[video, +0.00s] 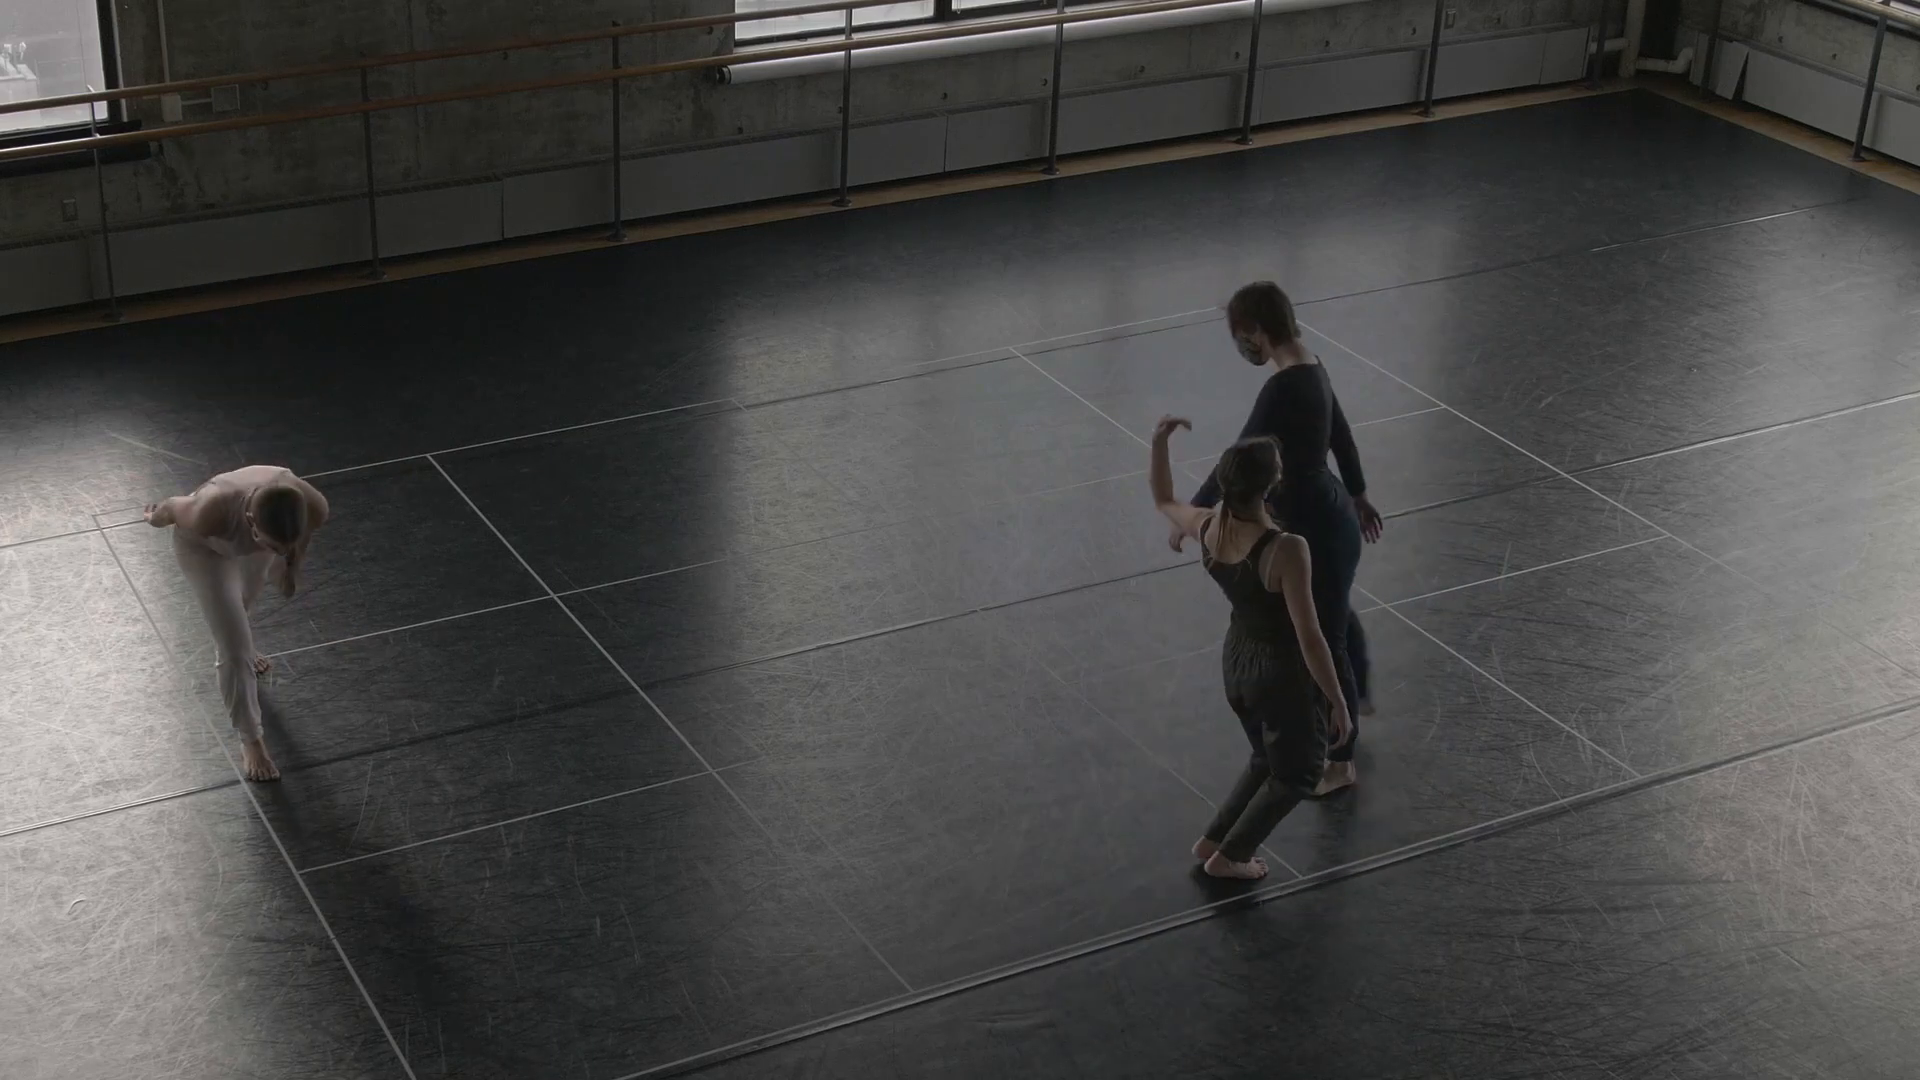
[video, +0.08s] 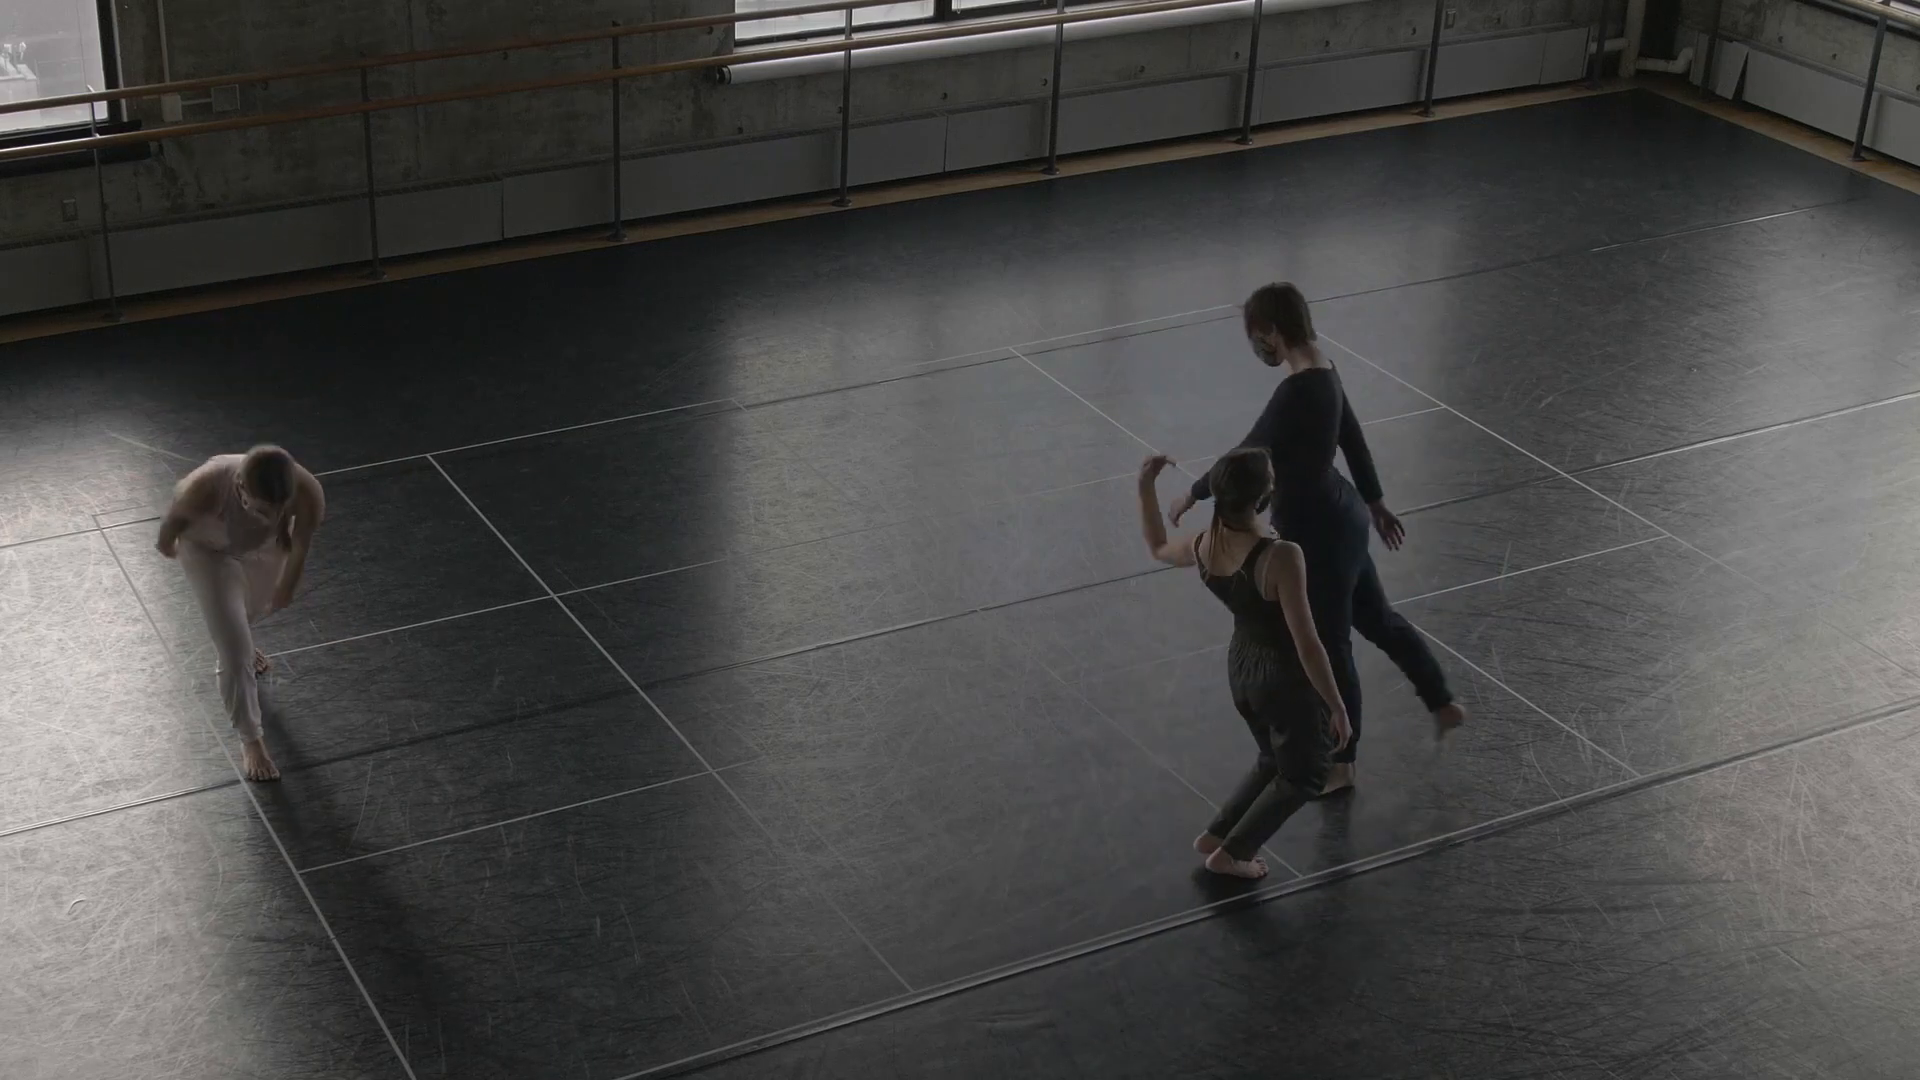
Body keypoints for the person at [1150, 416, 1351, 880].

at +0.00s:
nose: (1282, 475)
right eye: (1278, 471)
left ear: (1226, 483)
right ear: (1271, 489)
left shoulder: (1209, 525)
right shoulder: (1287, 548)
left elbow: (1164, 499)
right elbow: (1310, 637)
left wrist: (1159, 441)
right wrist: (1337, 700)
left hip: (1238, 665)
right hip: (1282, 674)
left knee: (1265, 760)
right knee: (1296, 774)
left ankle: (1213, 841)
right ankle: (1229, 858)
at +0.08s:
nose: (1274, 486)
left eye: (1270, 479)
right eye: (1270, 482)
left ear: (1217, 493)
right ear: (1265, 496)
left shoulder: (1205, 543)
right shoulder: (1283, 556)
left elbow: (1159, 547)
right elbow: (1308, 644)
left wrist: (1145, 485)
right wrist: (1337, 706)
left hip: (1243, 669)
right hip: (1285, 678)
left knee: (1273, 761)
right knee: (1305, 775)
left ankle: (1217, 834)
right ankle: (1233, 855)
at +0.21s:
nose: (1262, 498)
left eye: (1259, 491)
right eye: (1259, 494)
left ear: (1206, 502)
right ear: (1250, 508)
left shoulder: (1196, 562)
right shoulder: (1274, 561)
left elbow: (1164, 612)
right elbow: (1303, 641)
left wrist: (1130, 568)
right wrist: (1336, 705)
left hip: (1250, 676)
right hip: (1289, 681)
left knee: (1280, 760)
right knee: (1306, 778)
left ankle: (1218, 833)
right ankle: (1238, 851)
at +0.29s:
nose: (1253, 500)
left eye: (1250, 493)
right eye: (1249, 497)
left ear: (1197, 510)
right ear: (1239, 512)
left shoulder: (1189, 571)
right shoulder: (1268, 562)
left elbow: (1167, 636)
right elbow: (1303, 640)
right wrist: (1337, 700)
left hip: (1253, 671)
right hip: (1293, 676)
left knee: (1282, 756)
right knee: (1310, 775)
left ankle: (1219, 831)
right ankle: (1238, 849)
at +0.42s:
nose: (1235, 498)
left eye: (1230, 491)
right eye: (1229, 495)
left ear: (1183, 512)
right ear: (1220, 512)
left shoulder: (1187, 561)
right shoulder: (1261, 555)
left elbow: (1172, 646)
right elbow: (1307, 631)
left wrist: (1145, 693)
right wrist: (1346, 690)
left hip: (1256, 656)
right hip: (1296, 665)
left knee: (1280, 751)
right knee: (1309, 767)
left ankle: (1221, 830)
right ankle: (1240, 848)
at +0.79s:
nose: (1183, 464)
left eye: (1173, 464)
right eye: (1178, 467)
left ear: (1154, 513)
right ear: (1181, 483)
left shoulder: (1174, 545)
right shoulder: (1246, 512)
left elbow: (1154, 628)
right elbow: (1302, 580)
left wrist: (1139, 703)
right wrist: (1344, 632)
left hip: (1244, 620)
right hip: (1290, 621)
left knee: (1260, 728)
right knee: (1287, 737)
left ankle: (1224, 829)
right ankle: (1237, 841)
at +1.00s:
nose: (1147, 439)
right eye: (1145, 441)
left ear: (1136, 491)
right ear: (1156, 450)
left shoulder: (1155, 518)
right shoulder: (1228, 469)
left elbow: (1130, 601)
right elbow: (1280, 535)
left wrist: (1112, 675)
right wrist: (1320, 594)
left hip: (1209, 584)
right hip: (1263, 585)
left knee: (1205, 696)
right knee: (1258, 707)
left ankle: (1197, 818)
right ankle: (1237, 831)